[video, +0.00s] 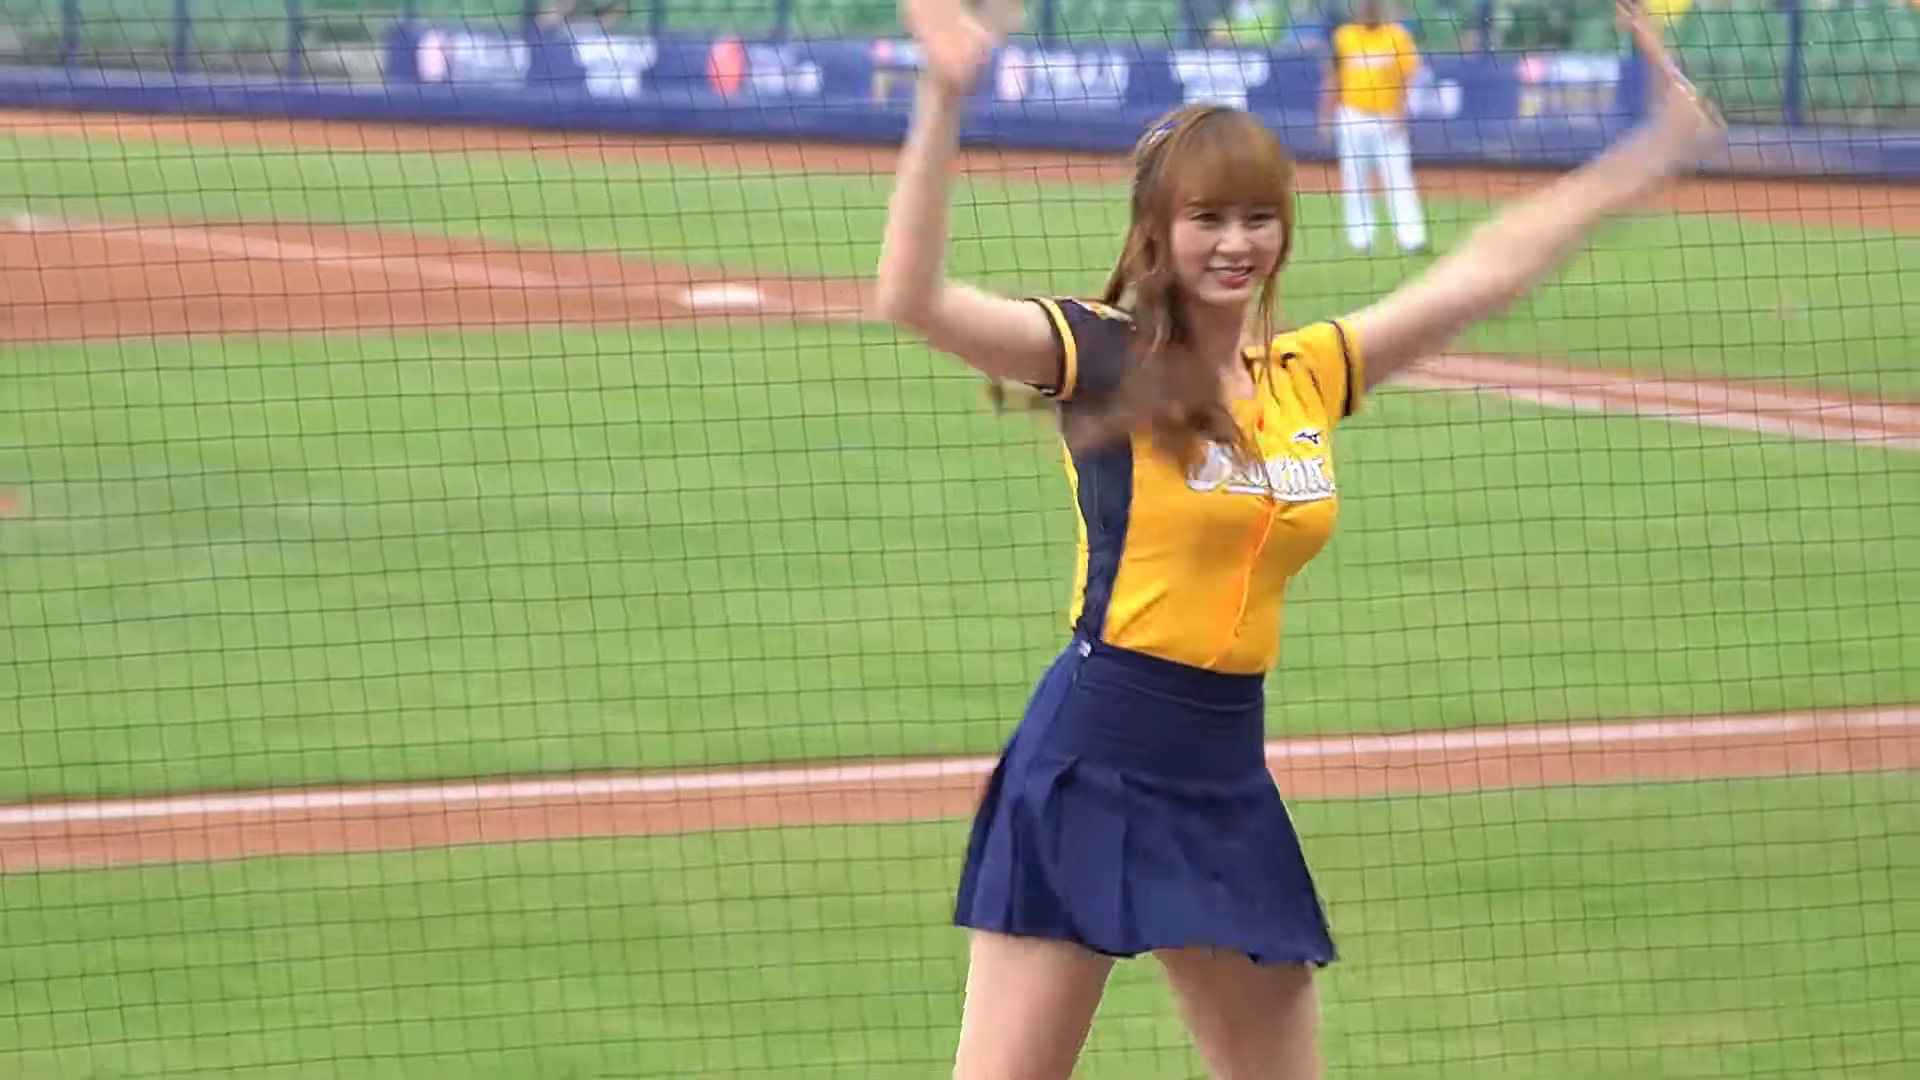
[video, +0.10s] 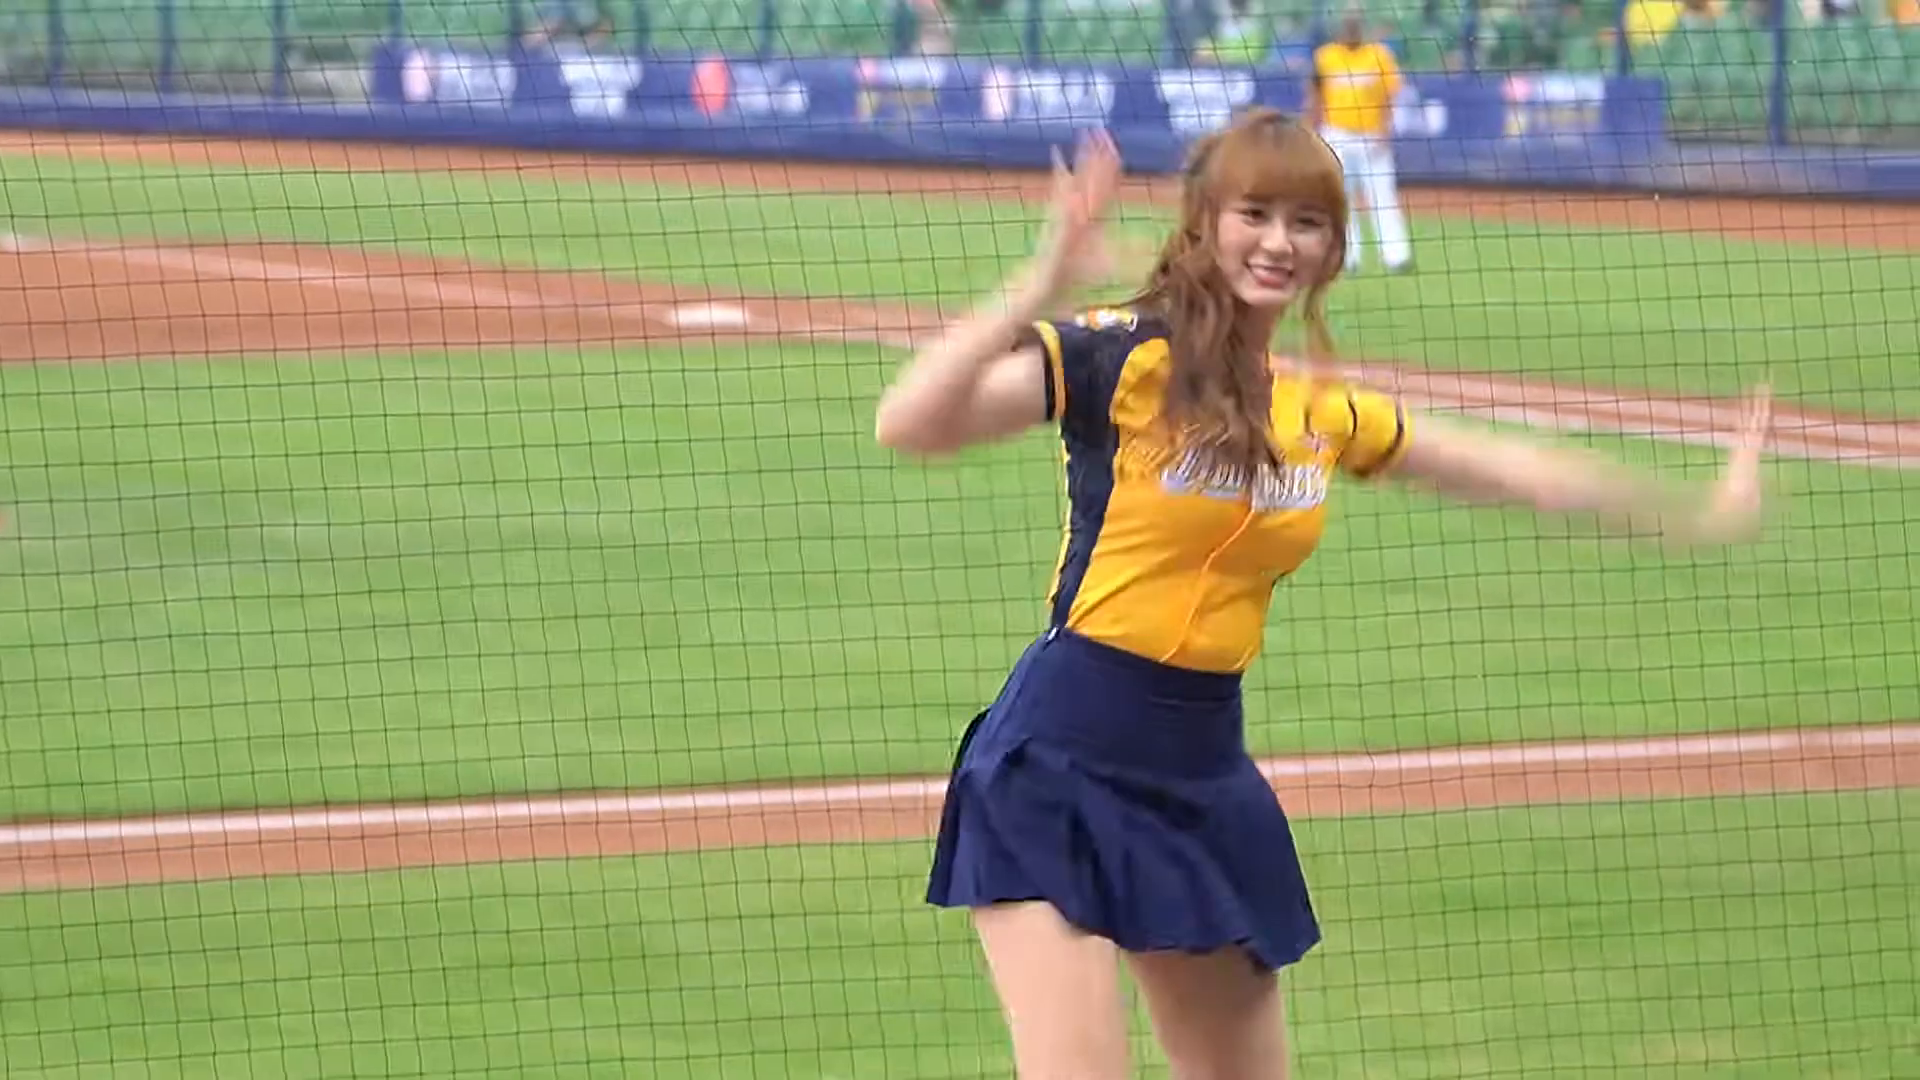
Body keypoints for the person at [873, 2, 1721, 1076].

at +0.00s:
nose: (1237, 240)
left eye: (1260, 216)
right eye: (1209, 216)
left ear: (1288, 230)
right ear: (1157, 231)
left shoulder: (1311, 370)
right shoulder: (1106, 356)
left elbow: (1487, 268)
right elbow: (913, 298)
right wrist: (941, 95)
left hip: (1225, 779)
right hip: (1089, 762)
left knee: (1279, 1064)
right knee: (1005, 1063)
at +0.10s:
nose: (1279, 242)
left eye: (1307, 223)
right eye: (1255, 213)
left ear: (1332, 250)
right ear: (1201, 223)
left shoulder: (1326, 410)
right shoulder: (1112, 358)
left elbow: (1527, 472)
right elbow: (906, 424)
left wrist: (1696, 512)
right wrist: (1038, 284)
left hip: (1202, 775)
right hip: (1055, 759)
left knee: (1251, 1063)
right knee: (1078, 1064)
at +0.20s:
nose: (1295, 306)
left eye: (1321, 287)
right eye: (1270, 277)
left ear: (1343, 314)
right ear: (1218, 288)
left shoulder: (1316, 508)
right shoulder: (1118, 436)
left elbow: (1422, 670)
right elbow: (916, 555)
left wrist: (1538, 816)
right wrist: (1056, 429)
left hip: (1184, 849)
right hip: (1032, 831)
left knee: (1263, 1061)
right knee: (1119, 1068)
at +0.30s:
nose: (1274, 331)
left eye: (1299, 310)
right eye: (1249, 301)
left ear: (1318, 334)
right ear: (1196, 310)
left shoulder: (1302, 532)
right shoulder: (1088, 450)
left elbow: (1391, 740)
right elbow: (876, 538)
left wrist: (1463, 919)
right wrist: (992, 416)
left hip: (1178, 850)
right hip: (1034, 838)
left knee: (1266, 1058)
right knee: (1089, 1063)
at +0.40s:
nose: (1225, 286)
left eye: (1251, 268)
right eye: (1203, 256)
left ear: (1270, 292)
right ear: (1145, 259)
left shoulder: (1259, 461)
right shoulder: (1023, 394)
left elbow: (1408, 622)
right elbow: (791, 406)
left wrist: (1564, 764)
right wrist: (889, 272)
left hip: (1169, 801)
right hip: (1015, 794)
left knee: (1224, 1062)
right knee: (1001, 1065)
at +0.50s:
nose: (1149, 286)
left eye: (1174, 266)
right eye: (1123, 258)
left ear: (1196, 289)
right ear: (1059, 267)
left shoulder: (1208, 433)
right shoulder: (949, 402)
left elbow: (1418, 475)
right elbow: (733, 317)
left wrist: (1620, 511)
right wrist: (762, 146)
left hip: (1140, 814)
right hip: (976, 814)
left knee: (1209, 1069)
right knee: (927, 1066)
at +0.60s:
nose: (1103, 305)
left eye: (1121, 281)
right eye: (1074, 279)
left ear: (1141, 299)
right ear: (1015, 294)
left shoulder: (1183, 437)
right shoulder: (920, 441)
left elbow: (1388, 381)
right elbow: (723, 322)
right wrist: (645, 138)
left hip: (1135, 831)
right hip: (979, 839)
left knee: (1212, 1065)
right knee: (961, 1066)